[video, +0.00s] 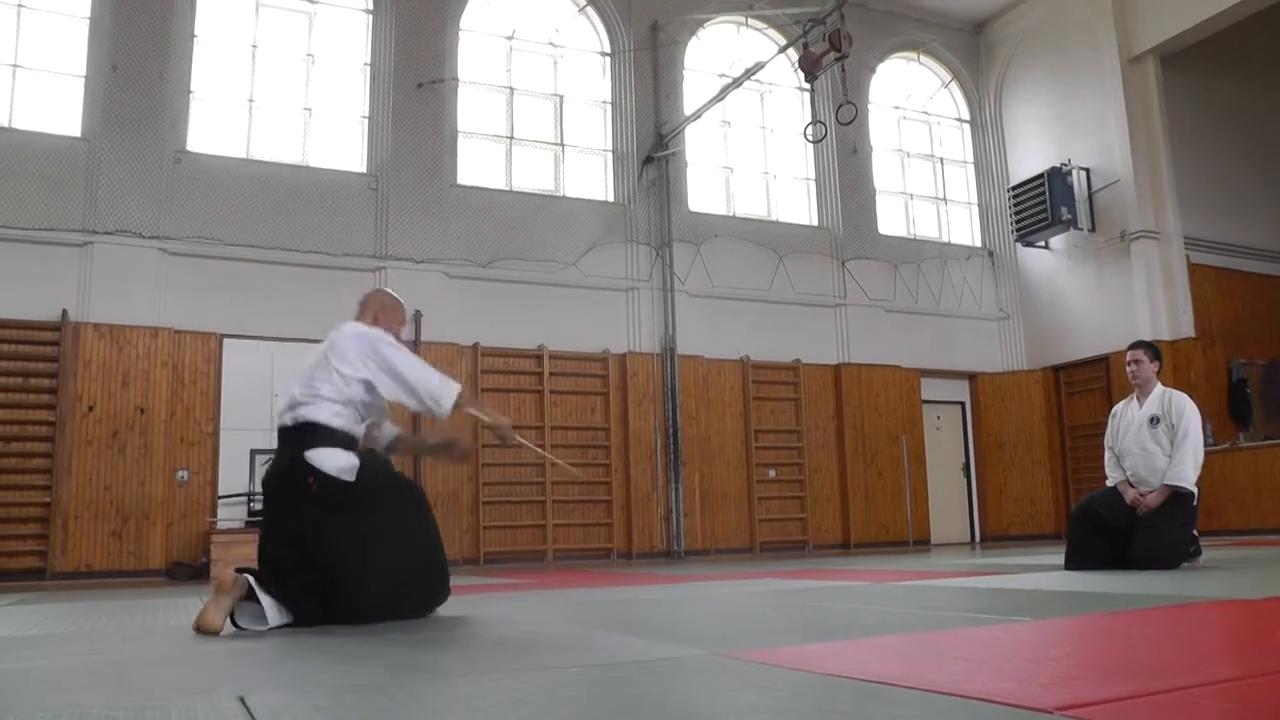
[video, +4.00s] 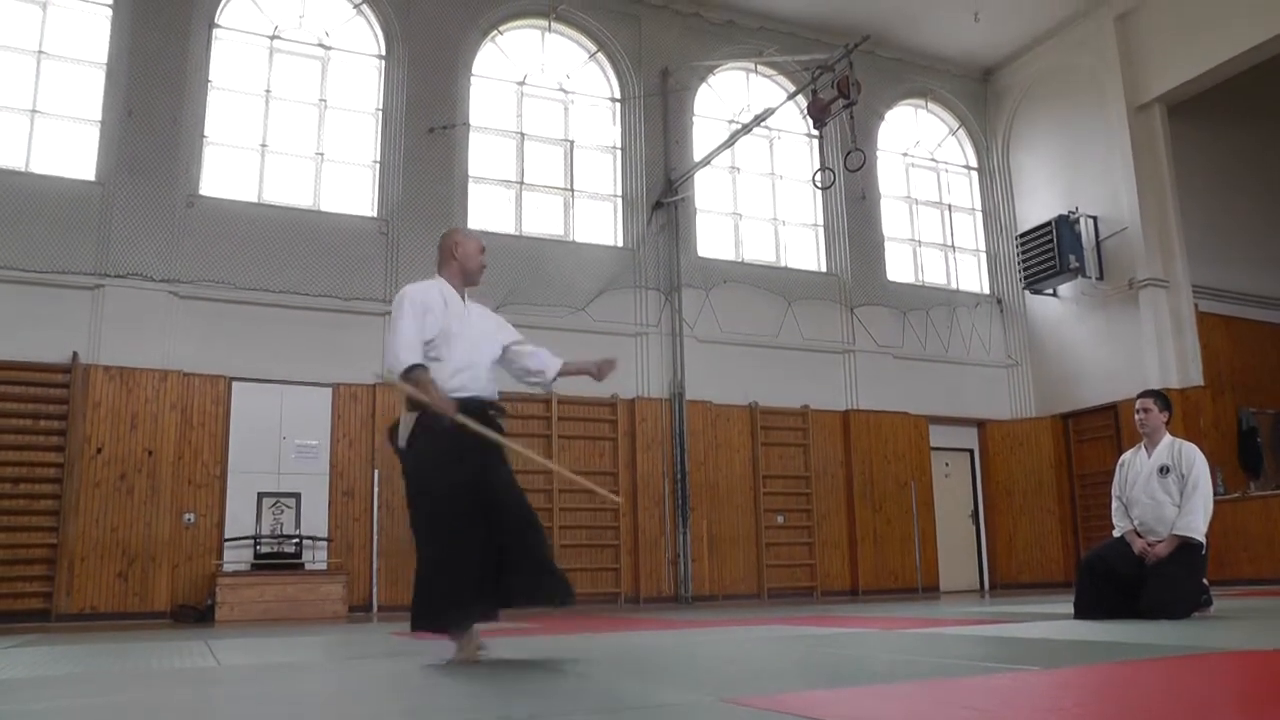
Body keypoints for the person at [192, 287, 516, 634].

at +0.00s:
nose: (400, 338)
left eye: (401, 330)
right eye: (397, 327)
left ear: (366, 317)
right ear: (377, 315)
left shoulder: (337, 352)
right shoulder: (363, 338)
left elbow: (379, 434)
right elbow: (431, 385)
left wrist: (433, 446)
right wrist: (492, 417)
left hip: (288, 467)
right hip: (326, 461)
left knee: (319, 592)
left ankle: (242, 593)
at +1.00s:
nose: (432, 317)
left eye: (432, 309)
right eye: (425, 307)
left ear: (398, 310)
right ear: (397, 307)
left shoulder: (386, 351)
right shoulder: (383, 335)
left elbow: (370, 415)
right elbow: (366, 381)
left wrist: (398, 454)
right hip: (345, 444)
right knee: (423, 514)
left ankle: (236, 592)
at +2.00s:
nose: (437, 263)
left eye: (438, 258)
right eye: (434, 255)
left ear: (400, 250)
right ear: (408, 246)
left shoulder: (360, 292)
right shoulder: (411, 278)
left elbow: (354, 353)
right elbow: (470, 306)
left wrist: (405, 388)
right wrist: (523, 329)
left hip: (341, 402)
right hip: (381, 405)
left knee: (312, 509)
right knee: (429, 510)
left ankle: (274, 612)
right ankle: (435, 619)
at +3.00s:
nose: (443, 370)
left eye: (447, 358)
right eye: (440, 362)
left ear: (478, 350)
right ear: (480, 353)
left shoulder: (494, 396)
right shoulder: (501, 385)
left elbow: (480, 479)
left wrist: (457, 519)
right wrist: (470, 455)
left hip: (543, 506)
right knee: (458, 542)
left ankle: (628, 609)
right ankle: (483, 632)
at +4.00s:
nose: (485, 260)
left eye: (485, 253)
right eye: (480, 252)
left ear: (460, 253)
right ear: (455, 251)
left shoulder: (486, 318)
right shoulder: (418, 295)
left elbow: (530, 360)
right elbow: (403, 359)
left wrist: (587, 368)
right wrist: (435, 396)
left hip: (480, 427)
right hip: (435, 426)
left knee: (487, 519)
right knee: (447, 528)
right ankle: (464, 638)